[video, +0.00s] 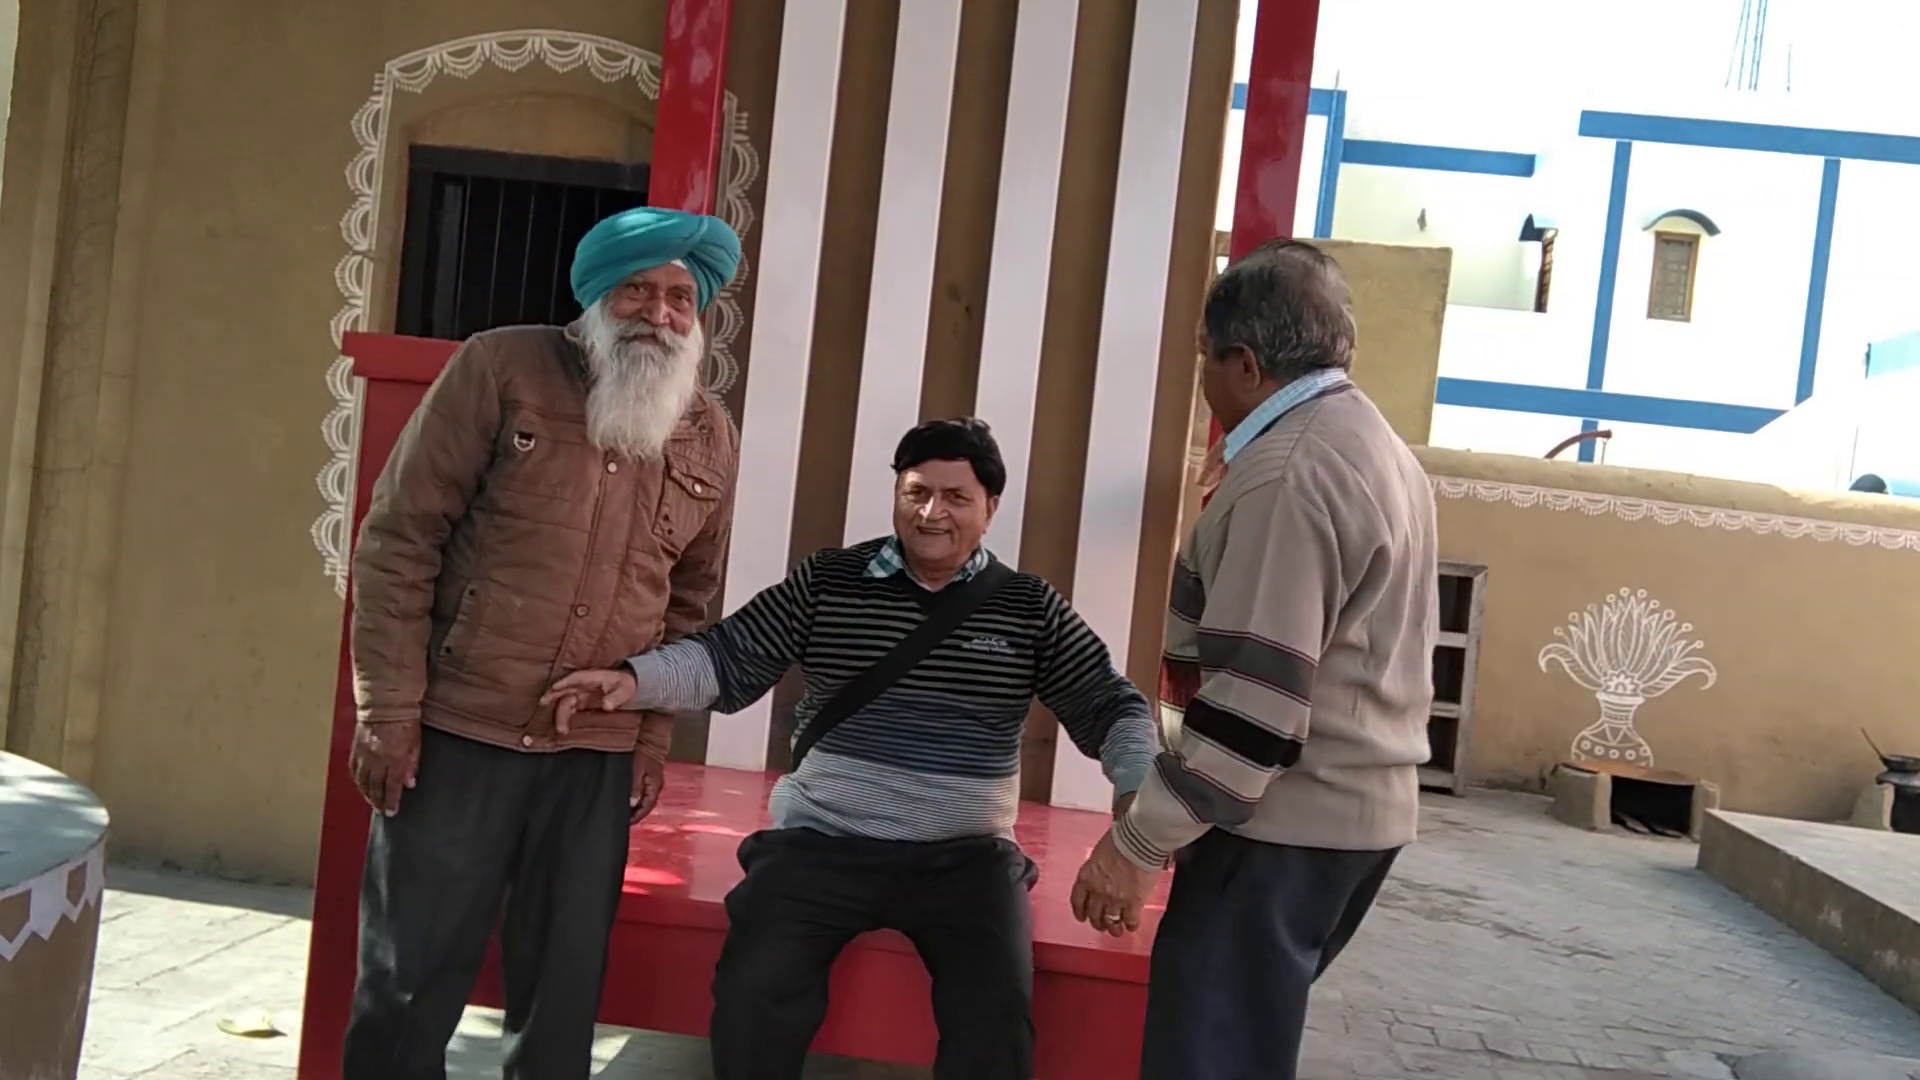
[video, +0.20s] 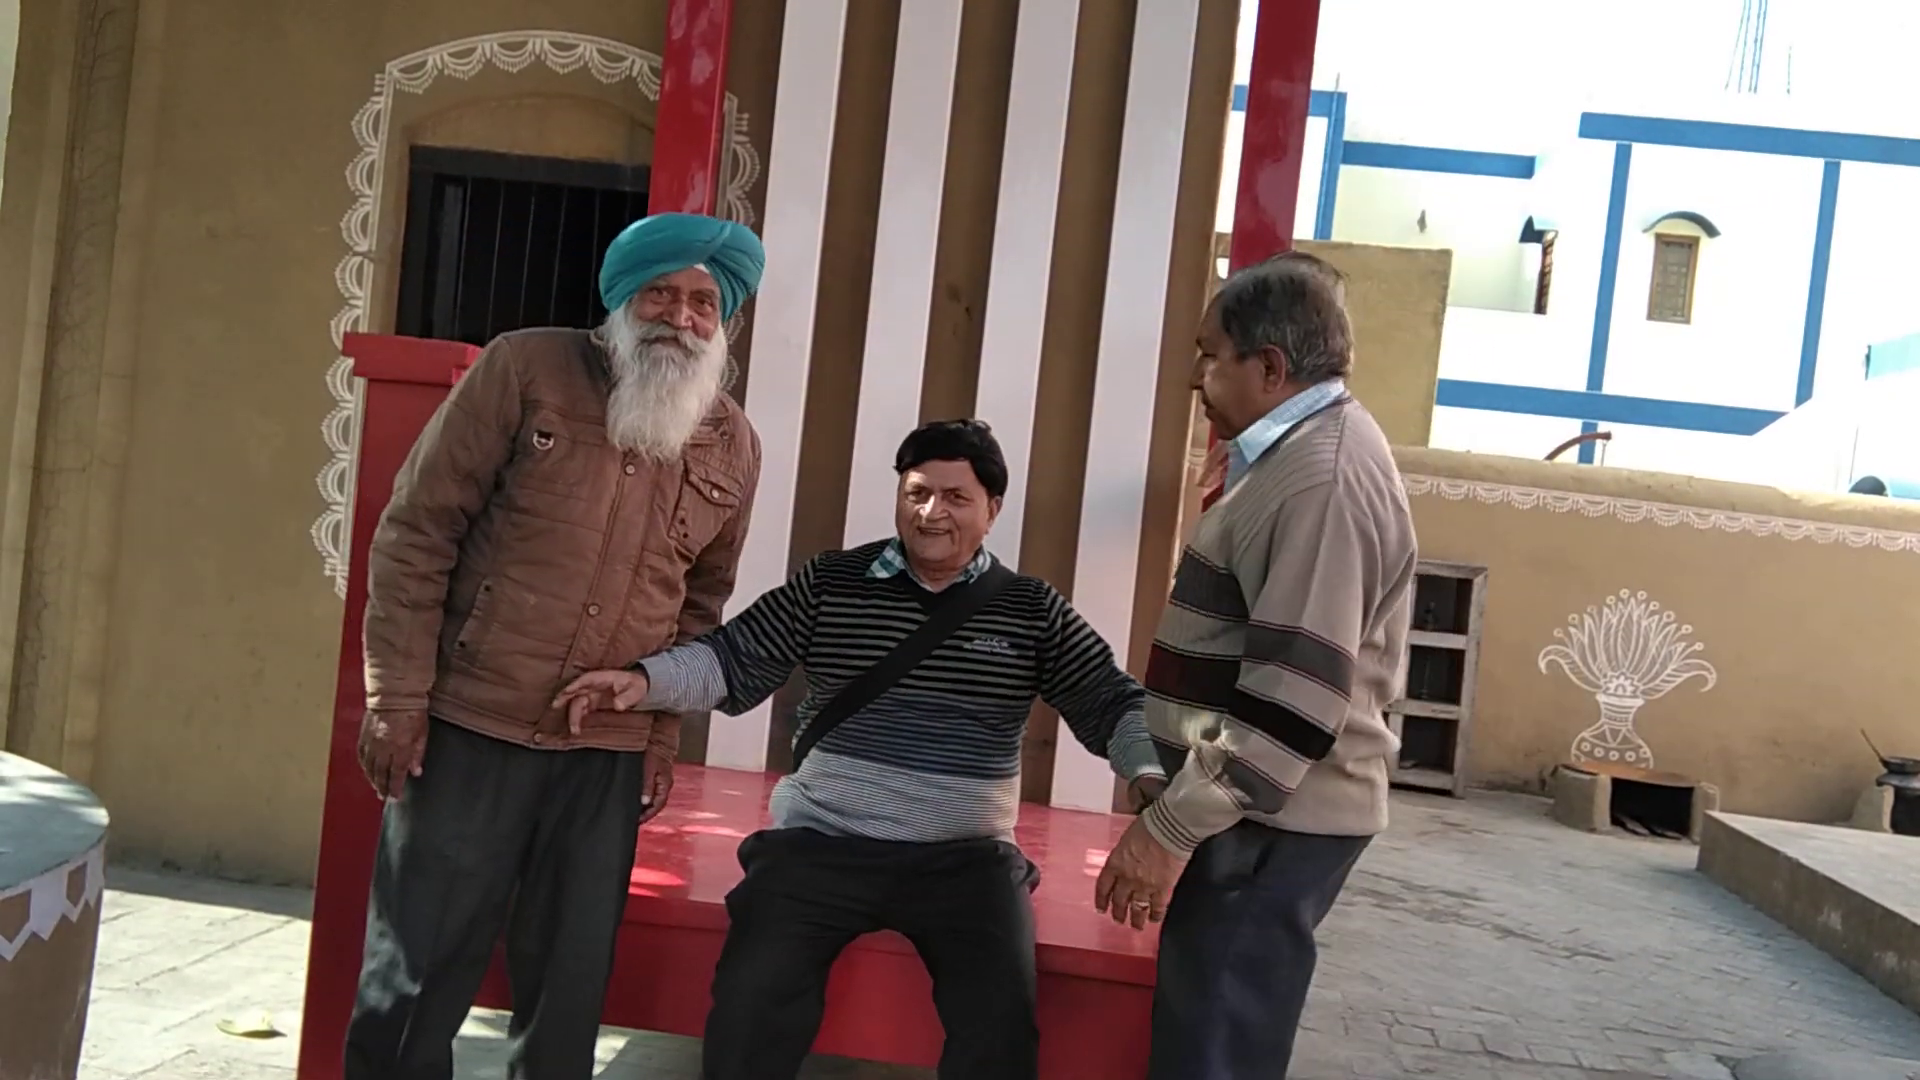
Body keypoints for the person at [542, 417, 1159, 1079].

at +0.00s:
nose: (932, 511)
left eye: (955, 497)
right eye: (918, 492)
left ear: (991, 510)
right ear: (895, 496)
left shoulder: (1029, 607)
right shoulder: (830, 583)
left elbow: (1112, 711)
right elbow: (728, 657)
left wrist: (1158, 805)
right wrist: (628, 685)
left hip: (963, 847)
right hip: (821, 835)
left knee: (995, 1006)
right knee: (755, 991)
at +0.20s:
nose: (931, 511)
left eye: (955, 498)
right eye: (918, 492)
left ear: (992, 512)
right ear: (898, 497)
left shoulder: (1030, 609)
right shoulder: (832, 585)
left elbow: (1113, 705)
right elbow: (734, 657)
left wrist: (1158, 781)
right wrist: (639, 685)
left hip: (964, 852)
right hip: (817, 840)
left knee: (1001, 1013)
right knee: (754, 996)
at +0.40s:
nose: (911, 506)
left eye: (934, 494)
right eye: (902, 489)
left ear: (986, 512)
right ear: (889, 497)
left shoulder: (1031, 610)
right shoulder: (831, 585)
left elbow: (1108, 704)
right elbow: (736, 655)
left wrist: (1145, 767)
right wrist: (646, 685)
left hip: (961, 849)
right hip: (816, 835)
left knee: (1002, 998)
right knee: (749, 987)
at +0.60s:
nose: (883, 513)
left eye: (903, 499)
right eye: (881, 496)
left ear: (966, 516)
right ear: (877, 500)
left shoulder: (1024, 609)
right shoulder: (827, 585)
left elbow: (1098, 703)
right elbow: (732, 651)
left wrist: (1131, 772)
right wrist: (649, 683)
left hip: (962, 852)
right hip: (816, 840)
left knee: (1001, 1007)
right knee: (749, 995)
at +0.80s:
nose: (879, 515)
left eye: (901, 501)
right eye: (875, 498)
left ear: (961, 517)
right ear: (868, 501)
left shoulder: (1017, 609)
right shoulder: (819, 588)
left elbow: (1093, 704)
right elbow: (724, 651)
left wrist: (1127, 779)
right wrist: (639, 681)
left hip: (960, 854)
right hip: (814, 843)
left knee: (995, 1014)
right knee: (751, 1003)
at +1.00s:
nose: (898, 511)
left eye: (922, 498)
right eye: (885, 494)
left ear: (967, 511)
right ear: (871, 501)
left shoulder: (1014, 607)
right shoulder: (815, 586)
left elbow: (1091, 704)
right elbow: (720, 651)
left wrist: (1126, 787)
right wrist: (632, 682)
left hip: (959, 853)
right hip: (813, 843)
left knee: (993, 1016)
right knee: (752, 1008)